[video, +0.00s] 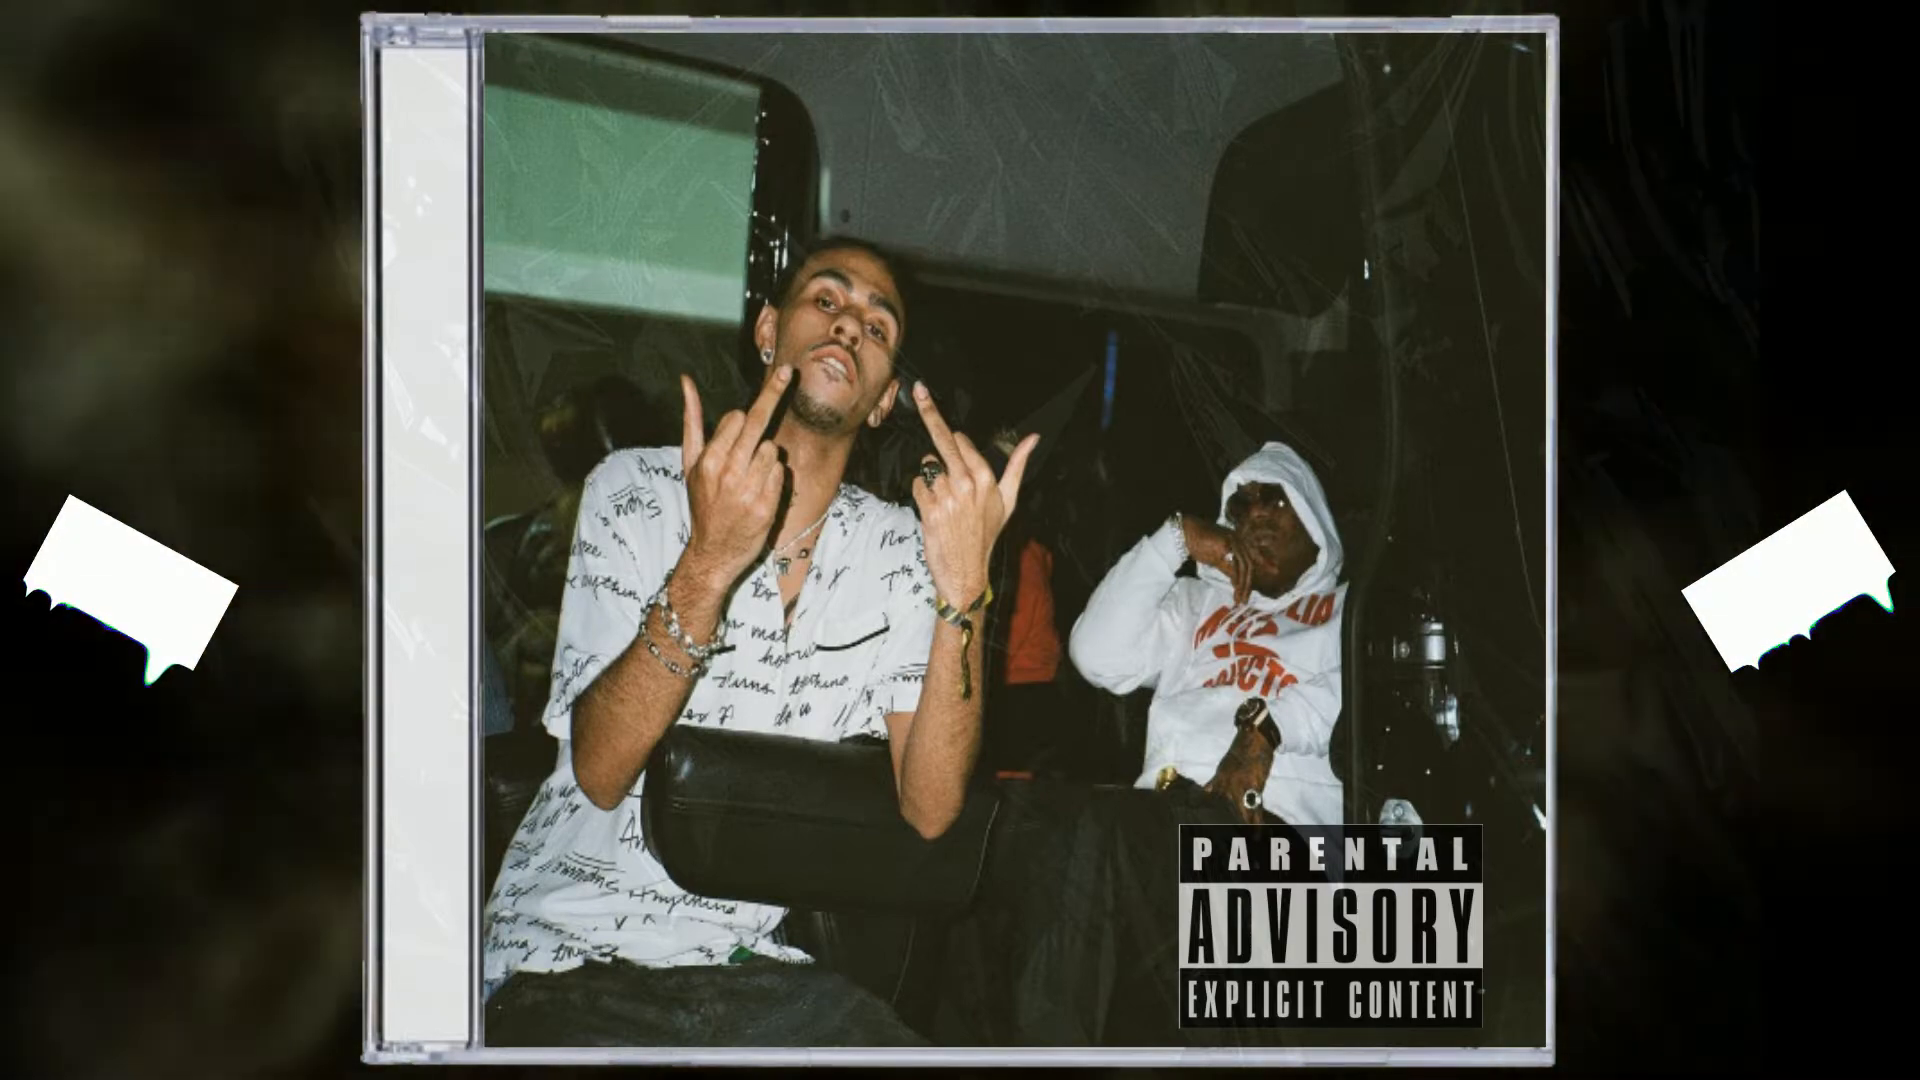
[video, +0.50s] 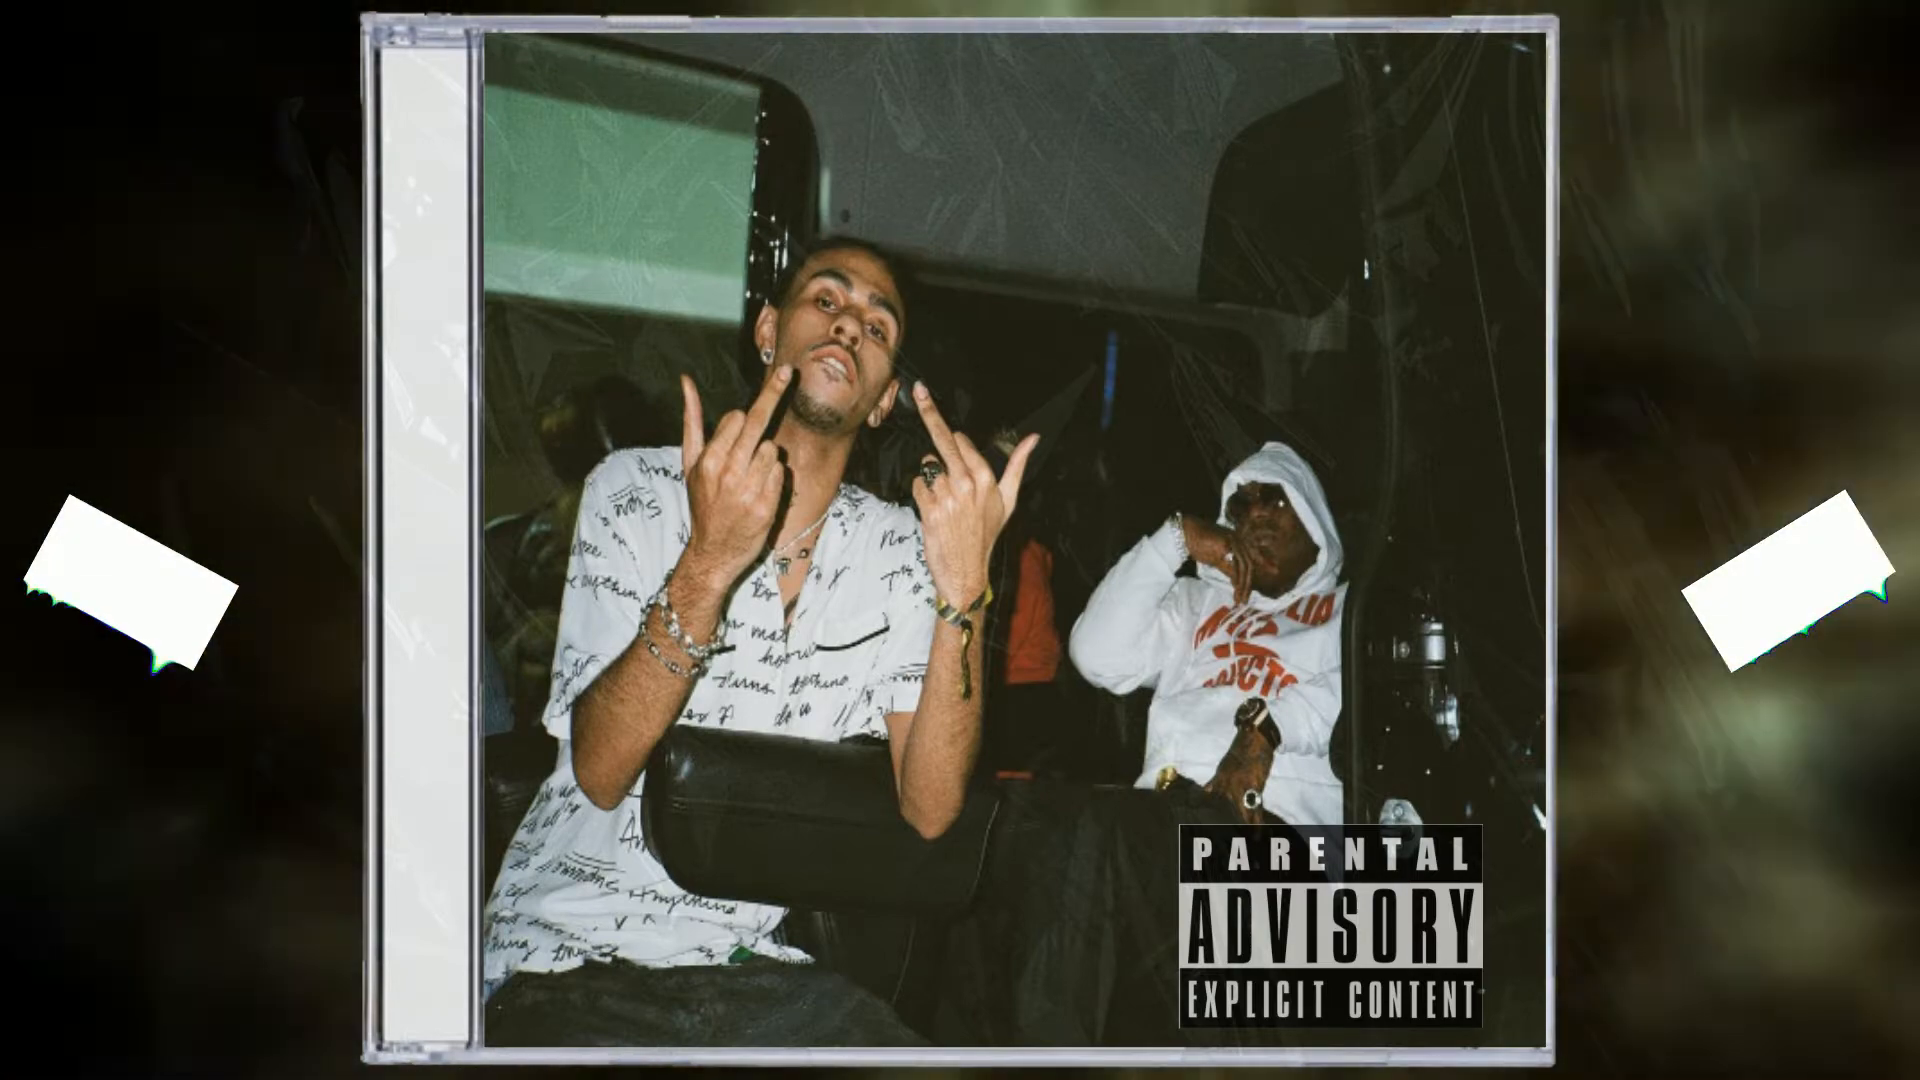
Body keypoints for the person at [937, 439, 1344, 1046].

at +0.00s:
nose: (1259, 517)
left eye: (1279, 501)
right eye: (1245, 502)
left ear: (1318, 521)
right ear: (1227, 523)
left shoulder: (1351, 606)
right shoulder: (1197, 601)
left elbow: (1356, 700)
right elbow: (1099, 658)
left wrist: (1269, 726)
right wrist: (1177, 539)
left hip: (1284, 817)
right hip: (1165, 807)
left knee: (1099, 825)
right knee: (1024, 810)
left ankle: (1052, 1053)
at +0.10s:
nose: (1259, 517)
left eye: (1279, 501)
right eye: (1245, 502)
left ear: (1318, 521)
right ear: (1227, 523)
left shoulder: (1351, 606)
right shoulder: (1197, 601)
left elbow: (1357, 700)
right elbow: (1100, 658)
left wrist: (1270, 726)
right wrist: (1177, 539)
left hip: (1284, 815)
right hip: (1166, 806)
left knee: (1101, 824)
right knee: (1026, 810)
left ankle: (1052, 1052)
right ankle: (972, 1046)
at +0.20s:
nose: (1259, 517)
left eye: (1279, 501)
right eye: (1246, 502)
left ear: (1318, 521)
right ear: (1227, 523)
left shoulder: (1351, 605)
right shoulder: (1197, 601)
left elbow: (1357, 700)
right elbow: (1100, 658)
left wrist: (1269, 725)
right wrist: (1176, 539)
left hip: (1285, 815)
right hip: (1166, 806)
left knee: (1103, 824)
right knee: (1026, 811)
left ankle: (1051, 1053)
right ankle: (971, 1046)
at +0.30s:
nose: (1259, 517)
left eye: (1280, 501)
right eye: (1246, 502)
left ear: (1318, 521)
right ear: (1227, 523)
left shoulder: (1351, 605)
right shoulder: (1197, 601)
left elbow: (1354, 702)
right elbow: (1099, 658)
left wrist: (1269, 725)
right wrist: (1176, 539)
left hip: (1286, 816)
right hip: (1166, 807)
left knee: (1102, 825)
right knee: (1027, 811)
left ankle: (1052, 1053)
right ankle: (971, 1047)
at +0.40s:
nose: (1259, 517)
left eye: (1280, 501)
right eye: (1246, 502)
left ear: (1318, 522)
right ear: (1227, 523)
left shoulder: (1351, 605)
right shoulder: (1197, 601)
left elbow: (1358, 699)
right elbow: (1099, 658)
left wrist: (1269, 726)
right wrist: (1176, 539)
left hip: (1284, 817)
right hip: (1165, 806)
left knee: (1100, 825)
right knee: (1027, 810)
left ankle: (1052, 1053)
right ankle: (969, 1046)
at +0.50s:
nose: (1259, 516)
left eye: (1279, 501)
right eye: (1245, 502)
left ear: (1318, 523)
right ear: (1227, 524)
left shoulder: (1351, 606)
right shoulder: (1197, 602)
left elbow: (1357, 700)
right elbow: (1100, 658)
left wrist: (1269, 726)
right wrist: (1177, 539)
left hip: (1284, 815)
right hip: (1165, 805)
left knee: (1102, 825)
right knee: (1028, 810)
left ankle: (1052, 1052)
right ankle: (970, 1047)